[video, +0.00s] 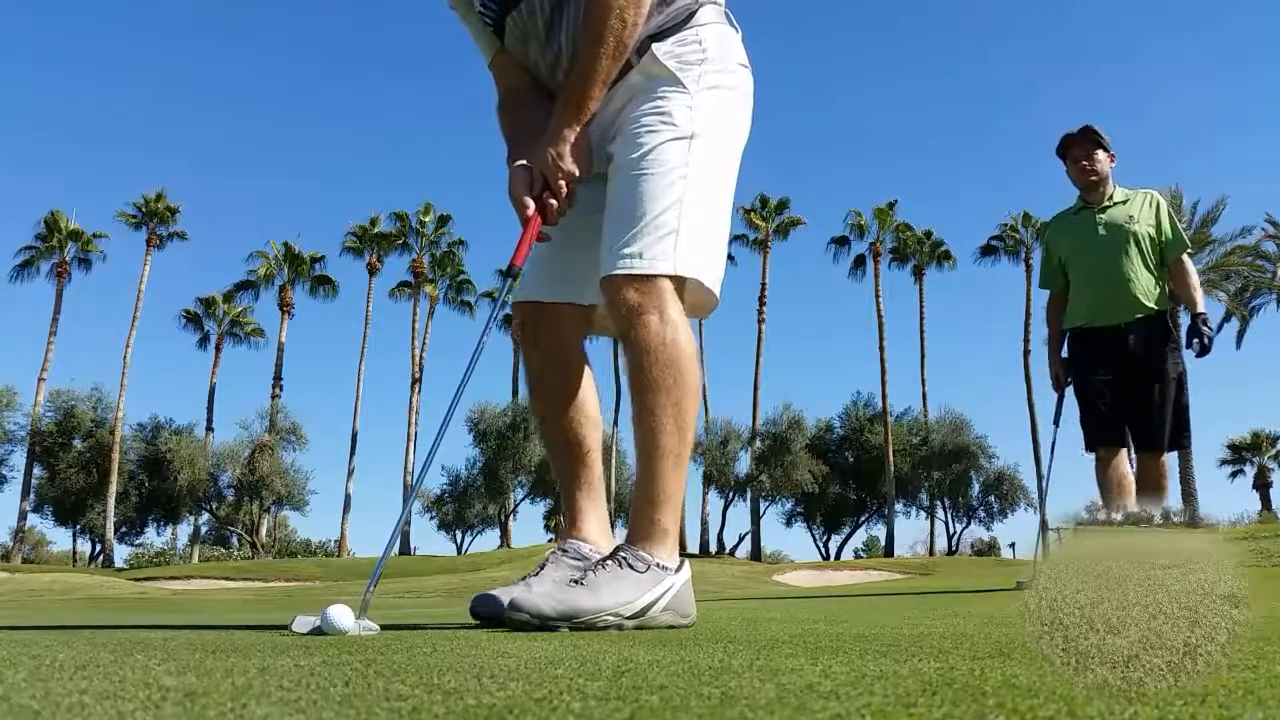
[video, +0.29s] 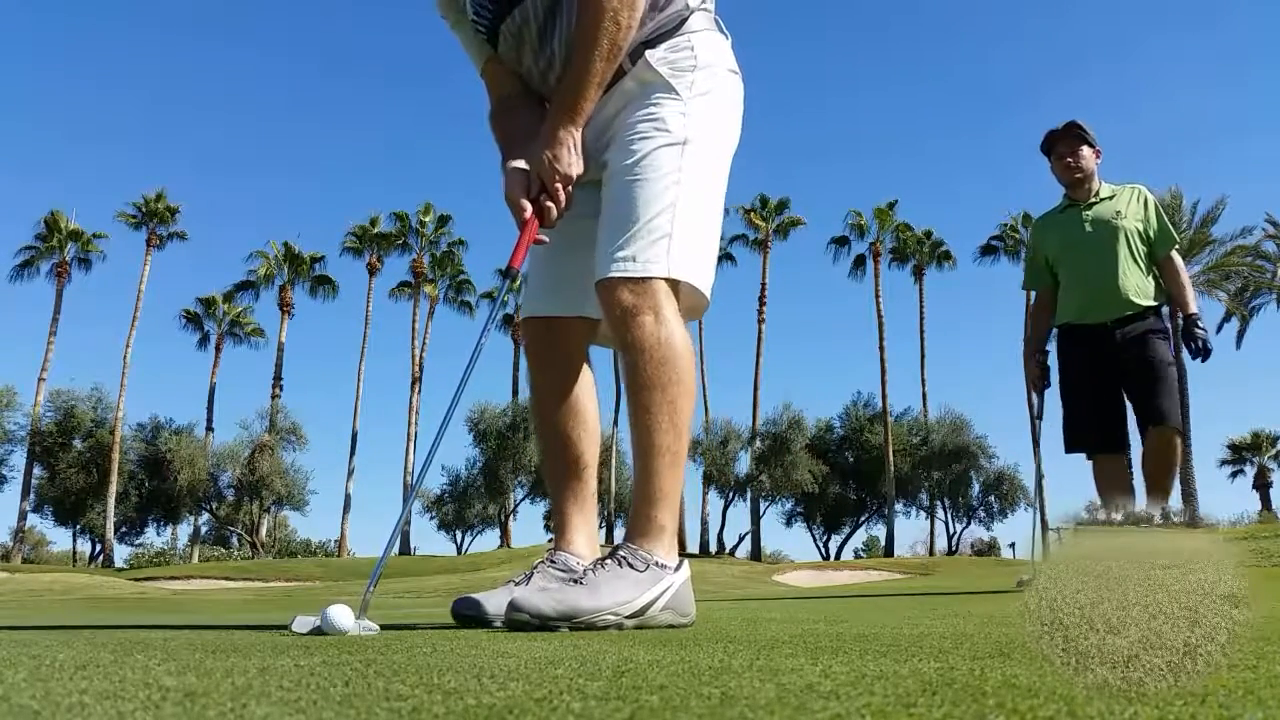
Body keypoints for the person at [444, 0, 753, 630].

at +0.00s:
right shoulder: (470, 5)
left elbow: (626, 5)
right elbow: (514, 81)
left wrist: (564, 123)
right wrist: (525, 149)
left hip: (673, 51)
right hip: (575, 100)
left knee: (642, 287)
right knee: (541, 318)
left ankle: (657, 562)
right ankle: (587, 550)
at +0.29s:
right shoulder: (457, 5)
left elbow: (619, 5)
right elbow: (506, 87)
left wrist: (564, 122)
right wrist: (518, 157)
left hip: (665, 57)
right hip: (570, 105)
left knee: (635, 288)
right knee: (546, 323)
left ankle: (656, 561)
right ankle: (575, 560)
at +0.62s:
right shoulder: (446, 6)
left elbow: (610, 5)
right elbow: (501, 97)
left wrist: (563, 122)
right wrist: (514, 161)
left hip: (661, 62)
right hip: (564, 110)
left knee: (635, 288)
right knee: (541, 325)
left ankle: (653, 559)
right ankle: (575, 559)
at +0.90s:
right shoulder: (452, 7)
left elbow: (614, 5)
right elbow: (506, 95)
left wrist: (565, 122)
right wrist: (517, 162)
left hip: (665, 61)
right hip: (570, 109)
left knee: (642, 289)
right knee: (544, 324)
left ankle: (655, 561)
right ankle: (574, 561)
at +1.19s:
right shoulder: (453, 6)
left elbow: (615, 5)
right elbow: (506, 94)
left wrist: (564, 125)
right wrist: (517, 161)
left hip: (664, 61)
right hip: (569, 109)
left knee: (639, 288)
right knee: (544, 322)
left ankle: (654, 562)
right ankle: (574, 560)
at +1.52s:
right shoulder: (453, 6)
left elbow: (616, 5)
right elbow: (507, 93)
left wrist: (566, 126)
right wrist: (521, 161)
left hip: (667, 61)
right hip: (571, 111)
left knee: (641, 287)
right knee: (547, 324)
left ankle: (654, 561)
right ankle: (575, 561)